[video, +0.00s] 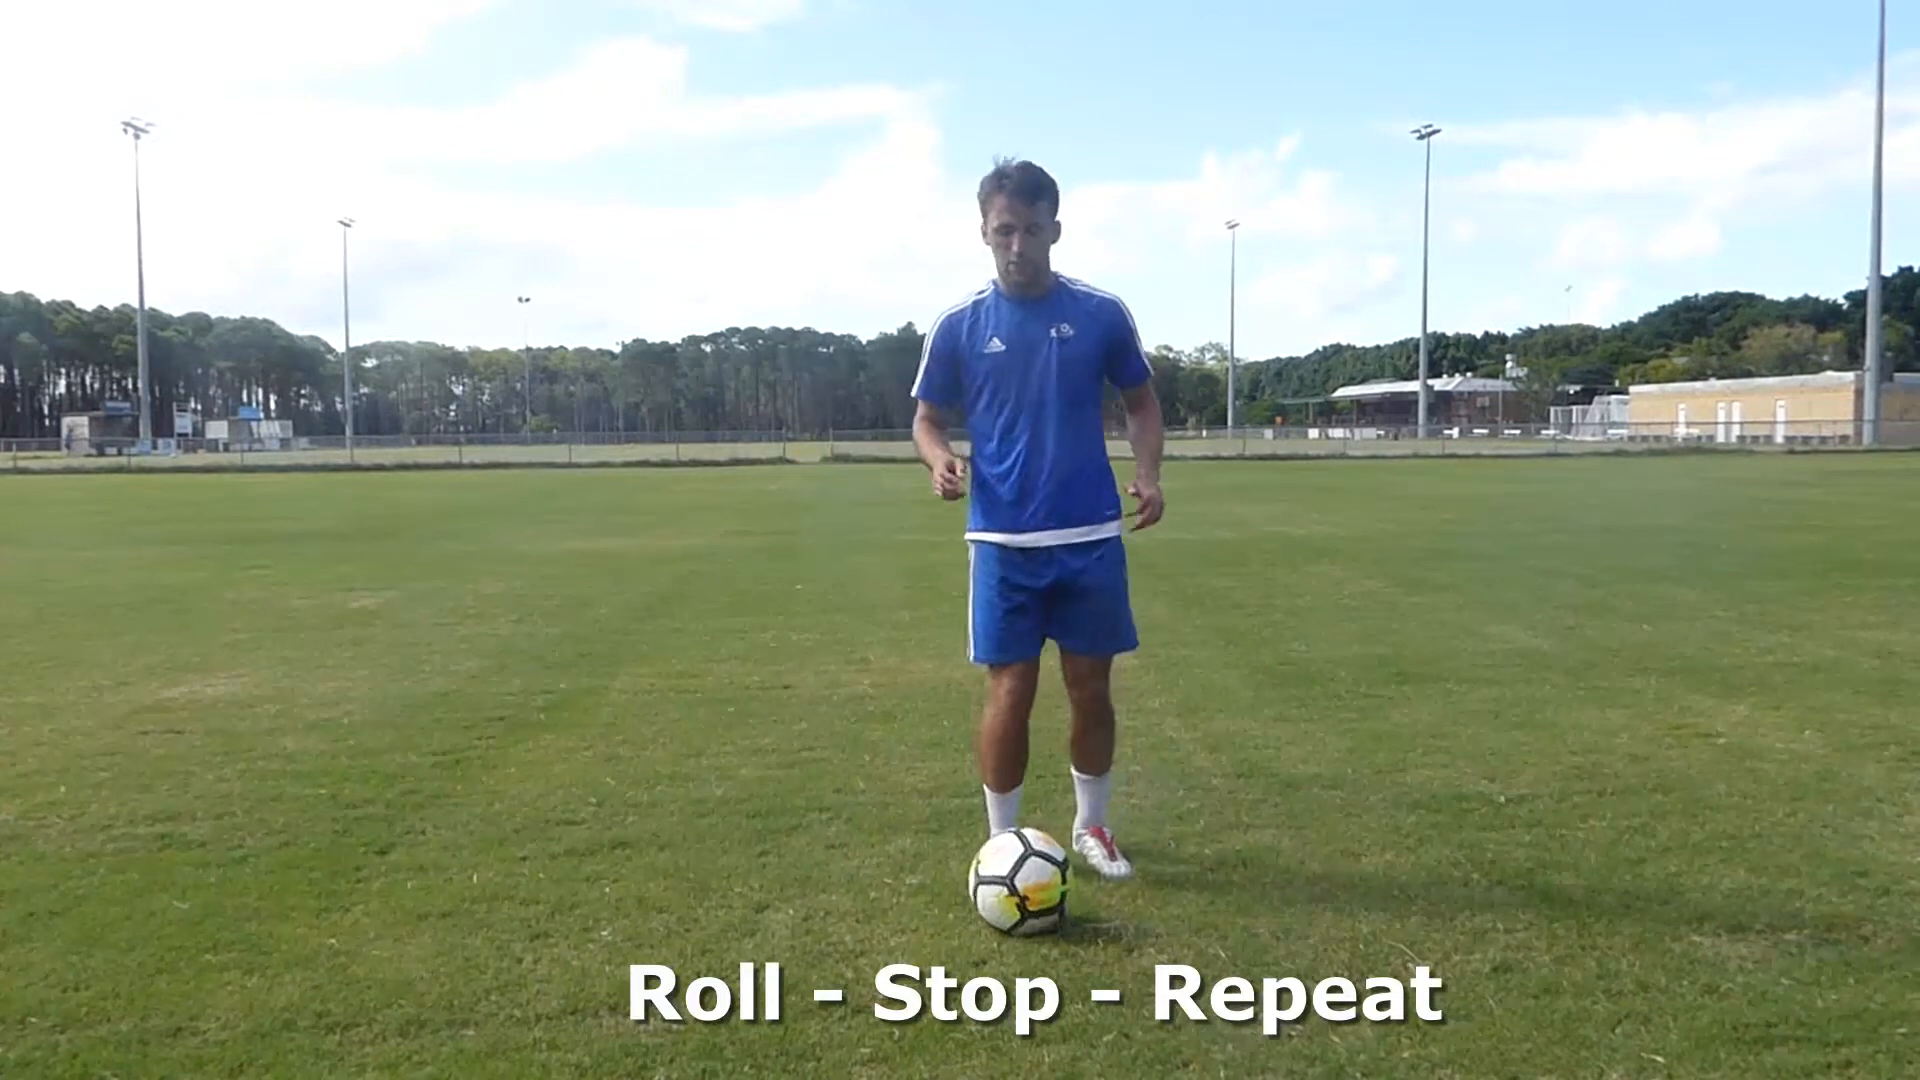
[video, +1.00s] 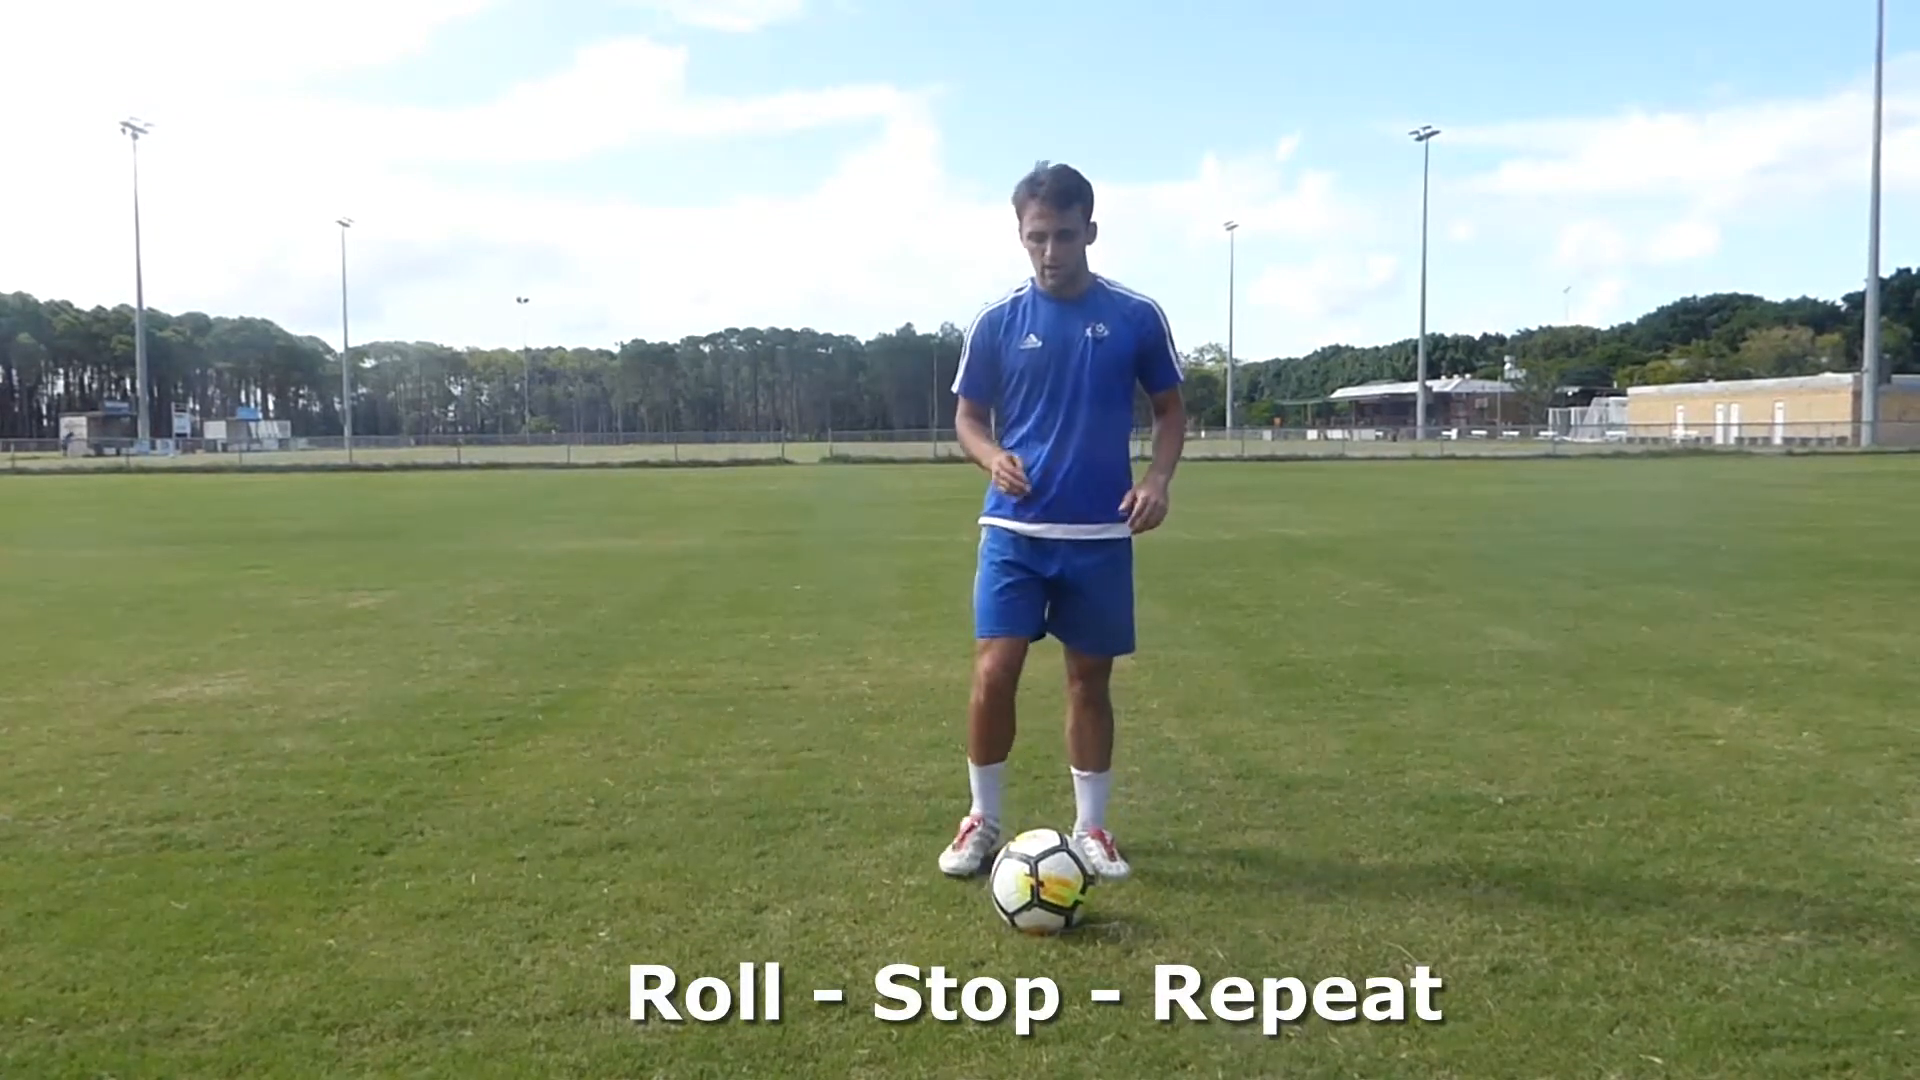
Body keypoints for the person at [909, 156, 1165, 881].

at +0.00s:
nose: (1015, 245)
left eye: (1029, 230)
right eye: (1001, 230)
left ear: (1055, 228)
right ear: (983, 233)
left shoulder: (1102, 316)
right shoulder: (959, 328)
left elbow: (1142, 401)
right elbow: (928, 419)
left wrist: (1148, 472)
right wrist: (940, 457)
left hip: (1089, 536)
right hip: (1002, 540)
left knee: (1091, 687)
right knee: (1011, 690)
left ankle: (1091, 830)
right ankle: (1003, 845)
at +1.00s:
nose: (1049, 253)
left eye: (1062, 237)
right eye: (1035, 238)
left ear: (1090, 229)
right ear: (1019, 236)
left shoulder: (1138, 318)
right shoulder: (997, 324)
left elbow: (1171, 410)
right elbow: (967, 417)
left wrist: (1157, 479)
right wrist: (992, 456)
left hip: (1097, 536)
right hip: (1012, 532)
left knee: (1090, 681)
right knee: (993, 674)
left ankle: (1090, 830)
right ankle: (985, 819)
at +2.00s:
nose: (825, 275)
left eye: (840, 260)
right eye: (812, 260)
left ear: (868, 246)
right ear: (795, 250)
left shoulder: (914, 323)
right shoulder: (776, 336)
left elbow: (967, 406)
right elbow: (757, 429)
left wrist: (983, 496)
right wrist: (784, 469)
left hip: (887, 522)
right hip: (818, 530)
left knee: (810, 652)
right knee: (873, 682)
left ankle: (776, 831)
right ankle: (926, 829)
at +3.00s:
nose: (697, 240)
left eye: (713, 227)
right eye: (686, 225)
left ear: (742, 234)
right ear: (670, 232)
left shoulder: (780, 326)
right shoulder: (642, 326)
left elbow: (818, 426)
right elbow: (608, 425)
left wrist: (835, 516)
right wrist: (636, 439)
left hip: (739, 539)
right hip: (659, 538)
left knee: (731, 694)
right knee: (676, 688)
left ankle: (749, 856)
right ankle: (686, 829)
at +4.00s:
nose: (745, 245)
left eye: (758, 233)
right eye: (731, 234)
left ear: (780, 238)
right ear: (714, 244)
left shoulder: (824, 325)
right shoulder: (691, 338)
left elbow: (856, 416)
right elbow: (672, 438)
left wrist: (812, 452)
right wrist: (710, 449)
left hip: (795, 531)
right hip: (711, 529)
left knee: (793, 672)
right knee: (687, 663)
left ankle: (794, 814)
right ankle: (682, 819)